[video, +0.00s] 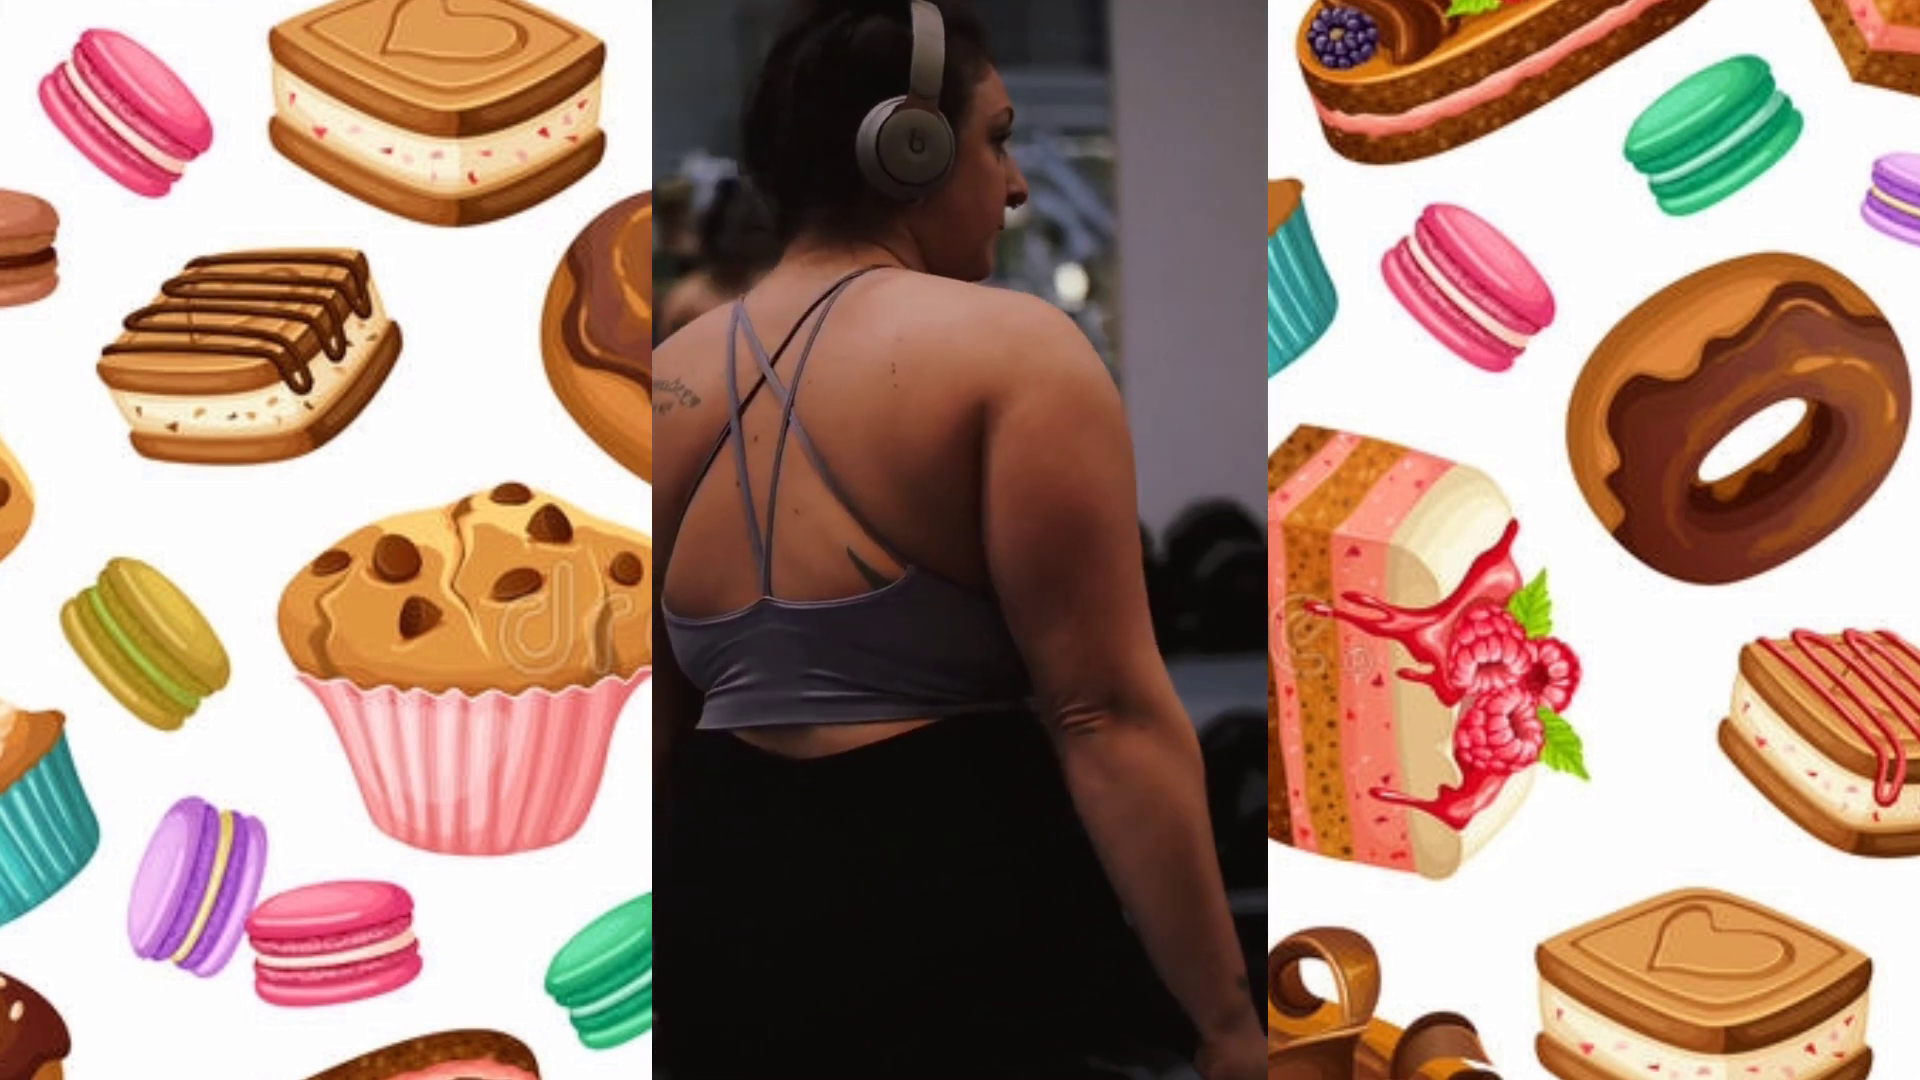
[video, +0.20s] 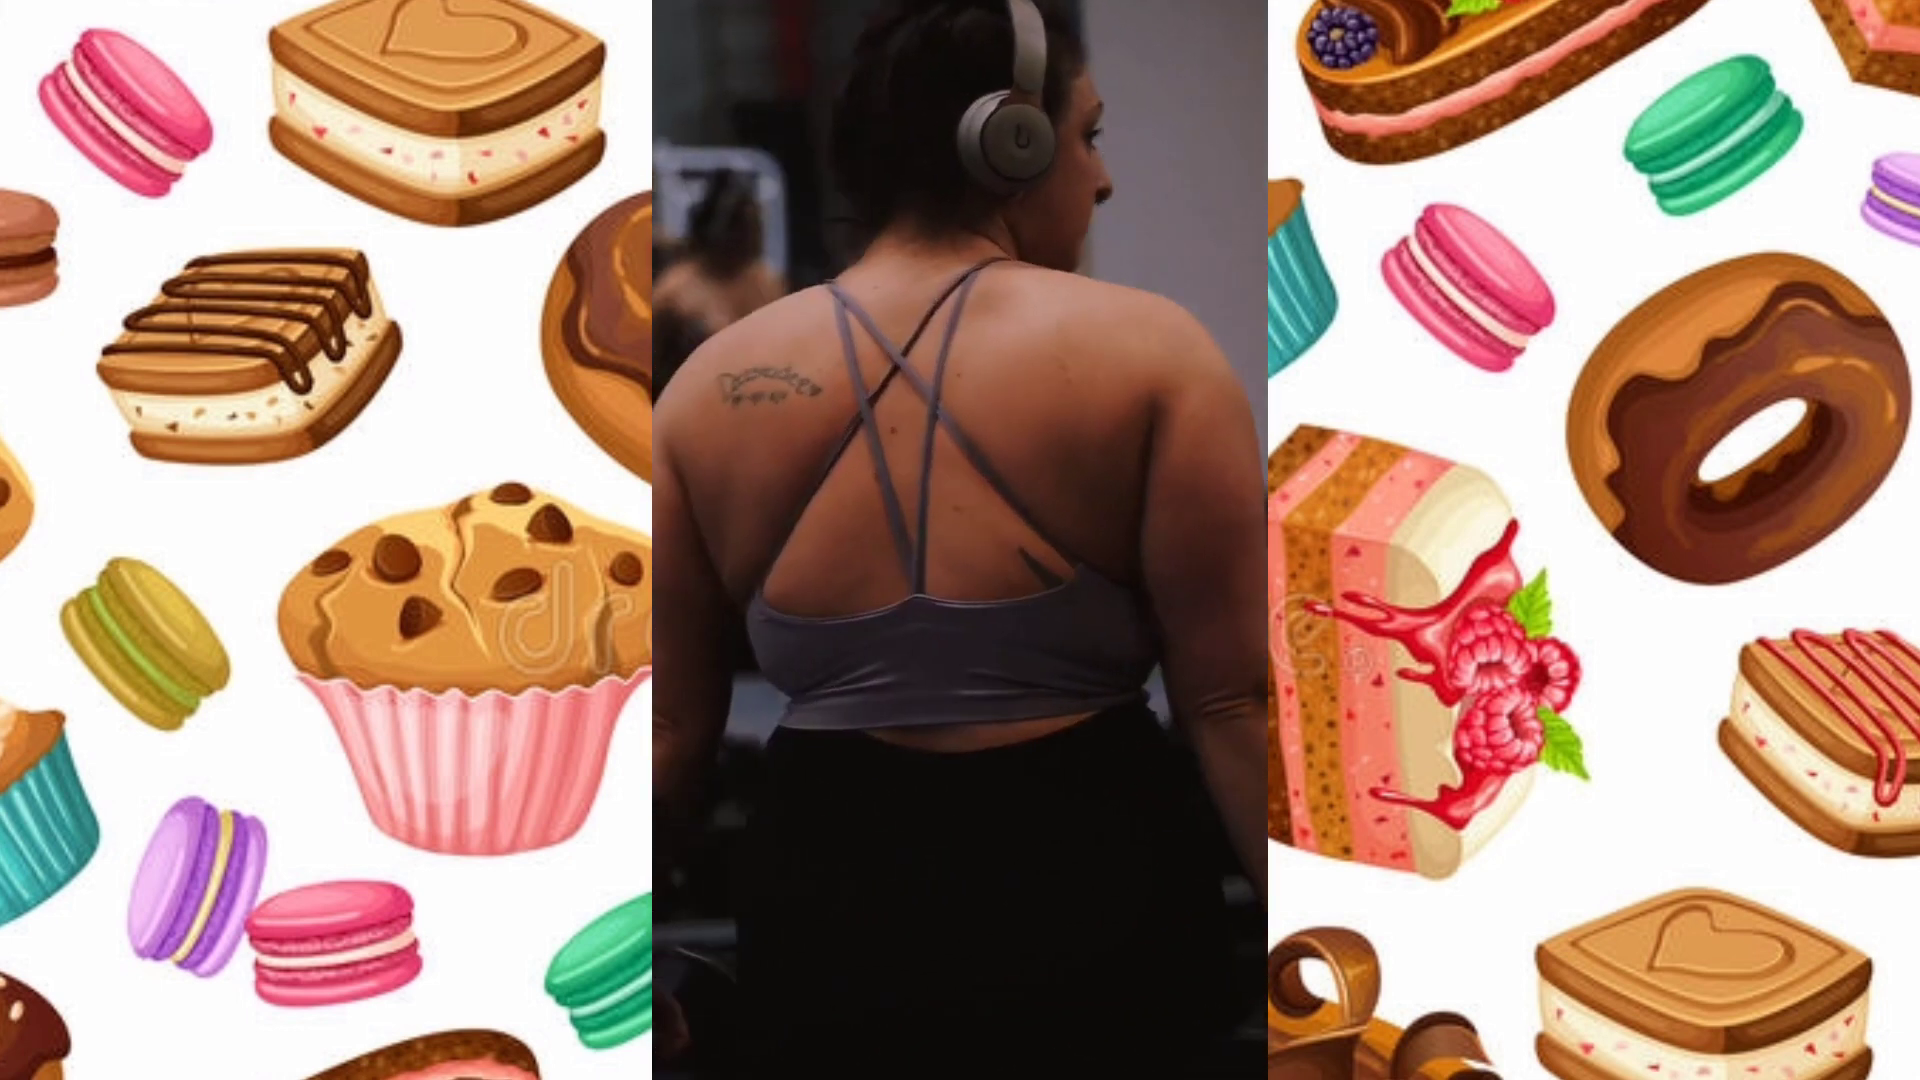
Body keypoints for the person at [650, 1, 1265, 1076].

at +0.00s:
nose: (1015, 180)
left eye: (1008, 141)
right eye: (996, 140)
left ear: (805, 161)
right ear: (907, 152)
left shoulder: (671, 372)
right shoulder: (1013, 349)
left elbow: (651, 700)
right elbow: (1106, 714)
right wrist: (1228, 1018)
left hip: (732, 894)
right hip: (978, 892)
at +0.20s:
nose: (1102, 178)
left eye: (1095, 140)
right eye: (1087, 138)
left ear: (885, 153)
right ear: (1007, 147)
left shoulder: (711, 388)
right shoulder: (1147, 355)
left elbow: (672, 733)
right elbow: (1230, 704)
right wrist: (1333, 936)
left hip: (824, 890)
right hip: (1100, 883)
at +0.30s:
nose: (1196, 192)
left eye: (1194, 154)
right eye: (1187, 152)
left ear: (981, 152)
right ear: (1115, 149)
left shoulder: (801, 374)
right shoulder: (1235, 355)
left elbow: (711, 709)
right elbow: (1325, 683)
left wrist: (550, 879)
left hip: (895, 879)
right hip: (1169, 872)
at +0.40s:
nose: (1287, 215)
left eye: (1290, 180)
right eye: (1281, 179)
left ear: (1062, 166)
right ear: (1224, 169)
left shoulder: (875, 361)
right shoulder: (1283, 352)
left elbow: (766, 690)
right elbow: (1378, 662)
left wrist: (646, 954)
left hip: (951, 868)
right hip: (1215, 865)